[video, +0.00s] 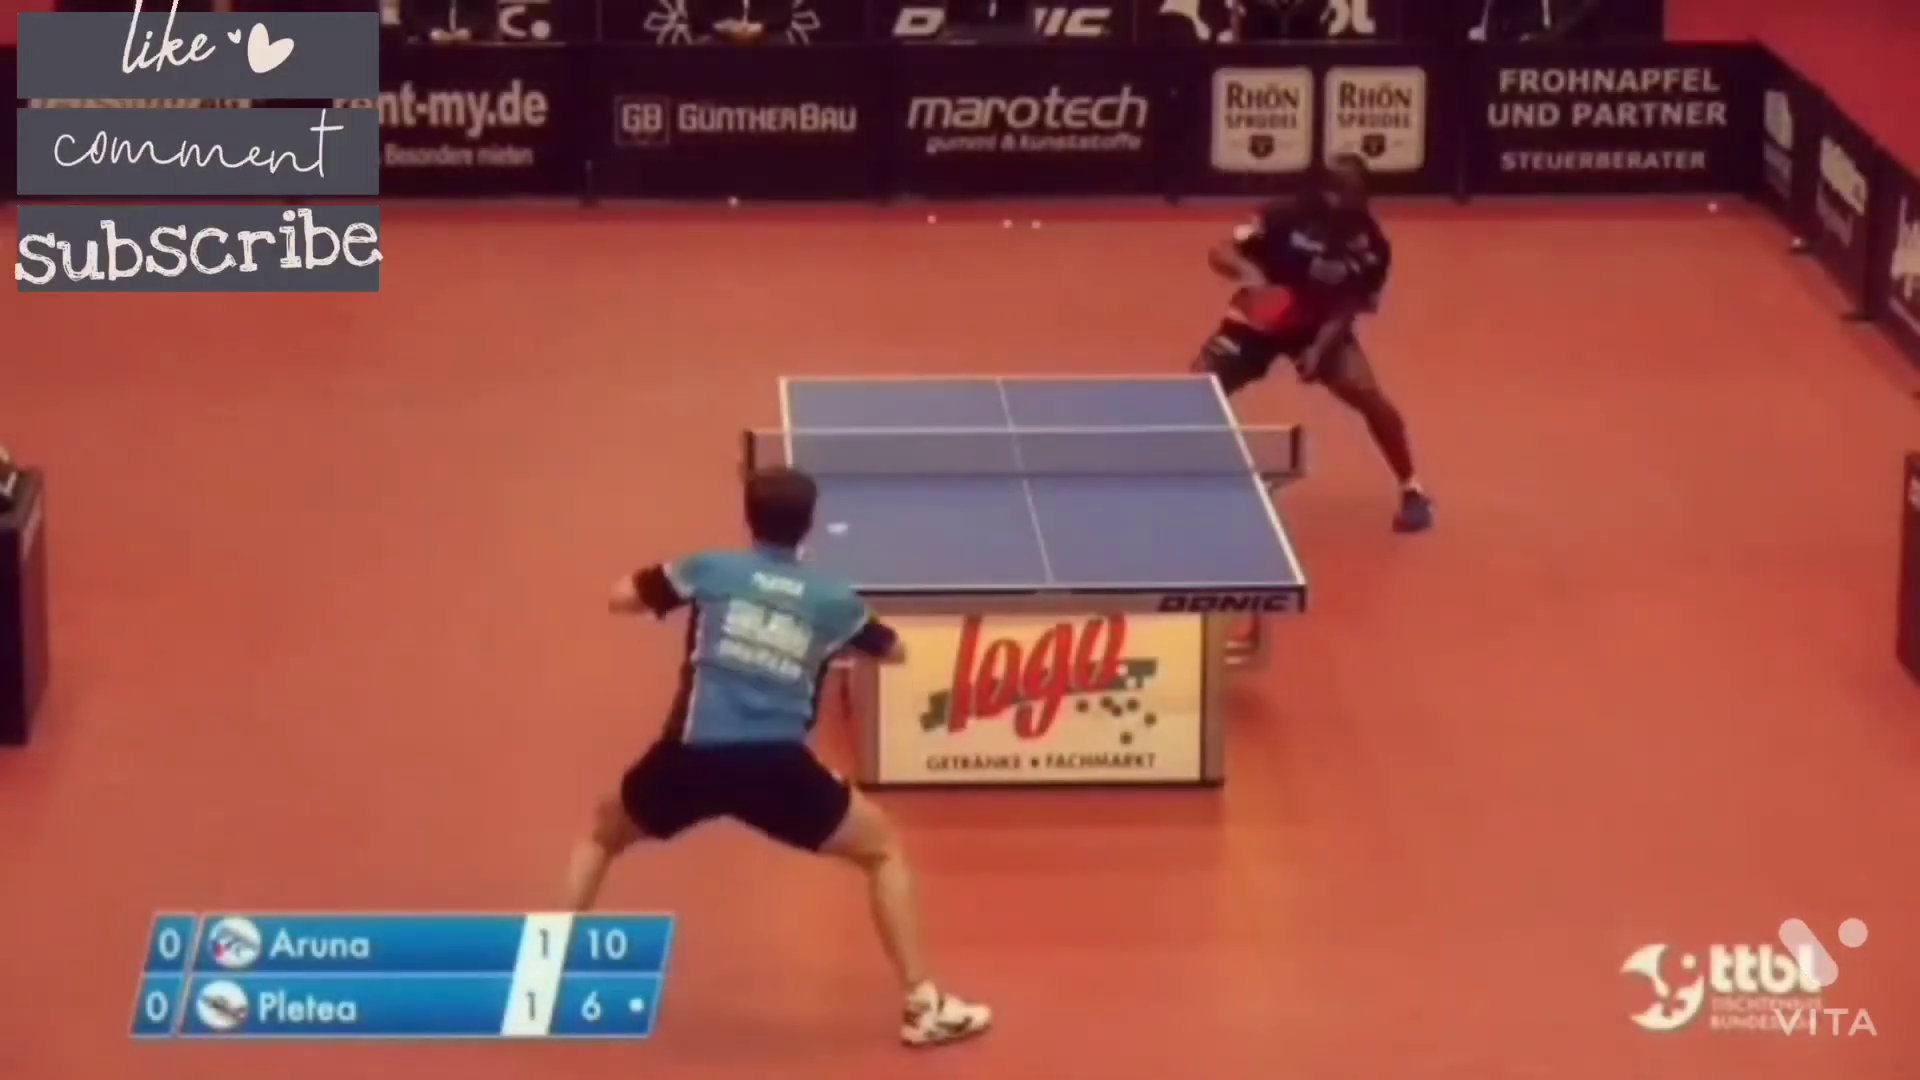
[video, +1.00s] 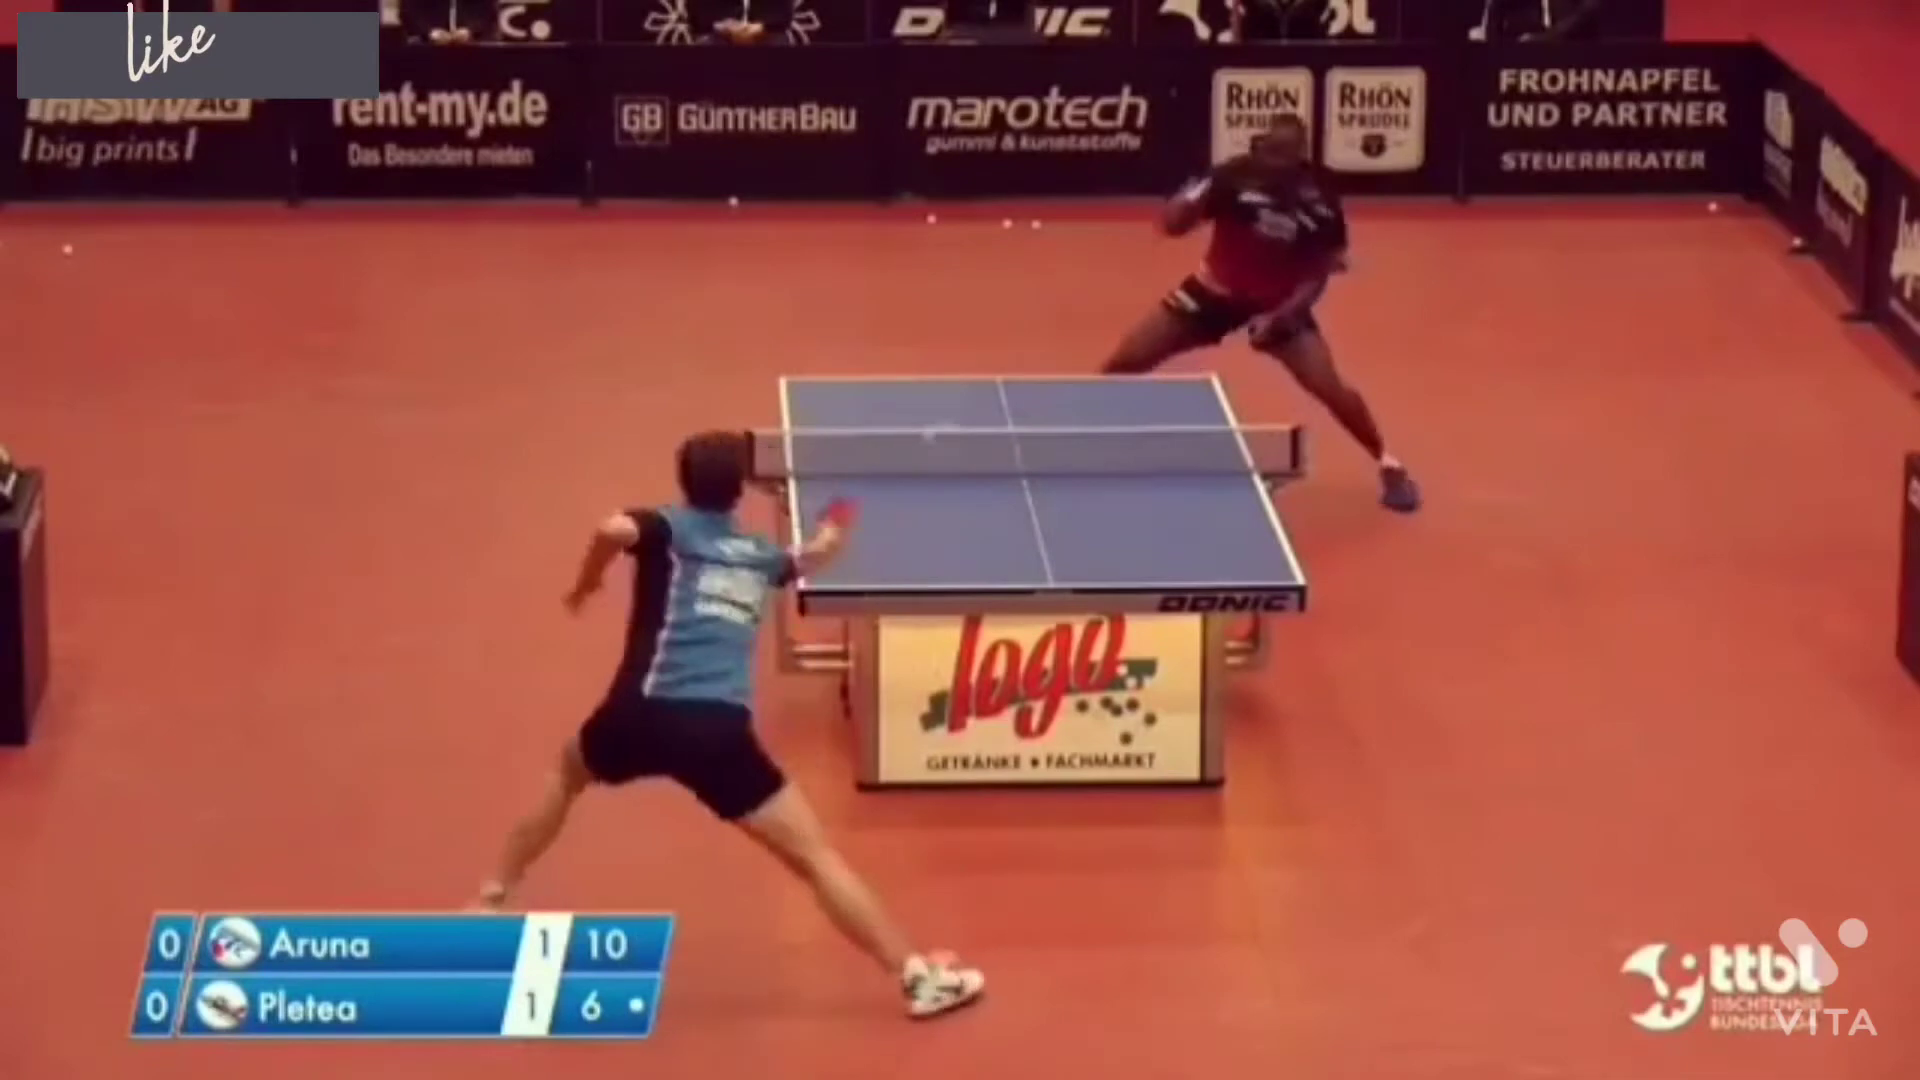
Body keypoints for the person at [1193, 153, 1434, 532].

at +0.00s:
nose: (1338, 198)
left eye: (1348, 190)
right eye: (1331, 187)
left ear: (1363, 194)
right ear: (1318, 185)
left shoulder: (1371, 245)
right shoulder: (1284, 217)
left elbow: (1348, 308)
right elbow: (1221, 253)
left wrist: (1317, 351)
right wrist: (1249, 276)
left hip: (1320, 333)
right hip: (1258, 325)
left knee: (1369, 398)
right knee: (1195, 394)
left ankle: (1410, 489)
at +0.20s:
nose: (1245, 155)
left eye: (1254, 146)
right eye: (1240, 146)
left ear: (1273, 145)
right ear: (1231, 145)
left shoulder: (1304, 189)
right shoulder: (1216, 185)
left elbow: (1332, 261)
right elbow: (1191, 241)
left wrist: (1304, 323)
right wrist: (1174, 272)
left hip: (1292, 304)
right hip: (1227, 298)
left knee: (1337, 385)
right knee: (1150, 366)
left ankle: (1382, 478)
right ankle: (1119, 470)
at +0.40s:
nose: (1197, 173)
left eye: (1204, 164)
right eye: (1193, 165)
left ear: (1225, 160)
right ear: (1194, 165)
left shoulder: (1255, 199)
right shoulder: (1216, 196)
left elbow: (1290, 269)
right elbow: (1218, 252)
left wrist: (1260, 333)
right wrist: (1182, 289)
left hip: (1282, 315)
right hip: (1230, 307)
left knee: (1304, 421)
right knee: (1150, 369)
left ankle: (1390, 462)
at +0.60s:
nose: (1288, 164)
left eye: (1295, 157)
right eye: (1287, 158)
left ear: (1319, 158)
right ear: (1294, 161)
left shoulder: (1337, 210)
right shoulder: (1293, 189)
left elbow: (1294, 278)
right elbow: (1266, 199)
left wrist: (1214, 282)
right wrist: (1253, 181)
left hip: (1302, 327)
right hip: (1255, 308)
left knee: (1322, 430)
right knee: (1165, 363)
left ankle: (1415, 465)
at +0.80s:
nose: (1349, 183)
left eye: (1360, 178)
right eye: (1347, 174)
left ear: (1373, 189)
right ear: (1340, 174)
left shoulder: (1374, 246)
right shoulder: (1317, 188)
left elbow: (1353, 312)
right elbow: (1276, 143)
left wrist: (1271, 314)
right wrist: (1345, 152)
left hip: (1314, 333)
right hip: (1256, 315)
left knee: (1343, 413)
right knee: (1183, 374)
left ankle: (1417, 473)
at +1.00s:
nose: (1271, 158)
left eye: (1281, 152)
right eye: (1267, 149)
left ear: (1301, 156)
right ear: (1257, 147)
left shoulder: (1319, 199)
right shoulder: (1233, 177)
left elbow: (1321, 274)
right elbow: (1172, 224)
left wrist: (1278, 318)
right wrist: (1196, 197)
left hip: (1280, 306)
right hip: (1214, 294)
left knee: (1329, 388)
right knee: (1124, 362)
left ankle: (1386, 463)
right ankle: (1082, 449)